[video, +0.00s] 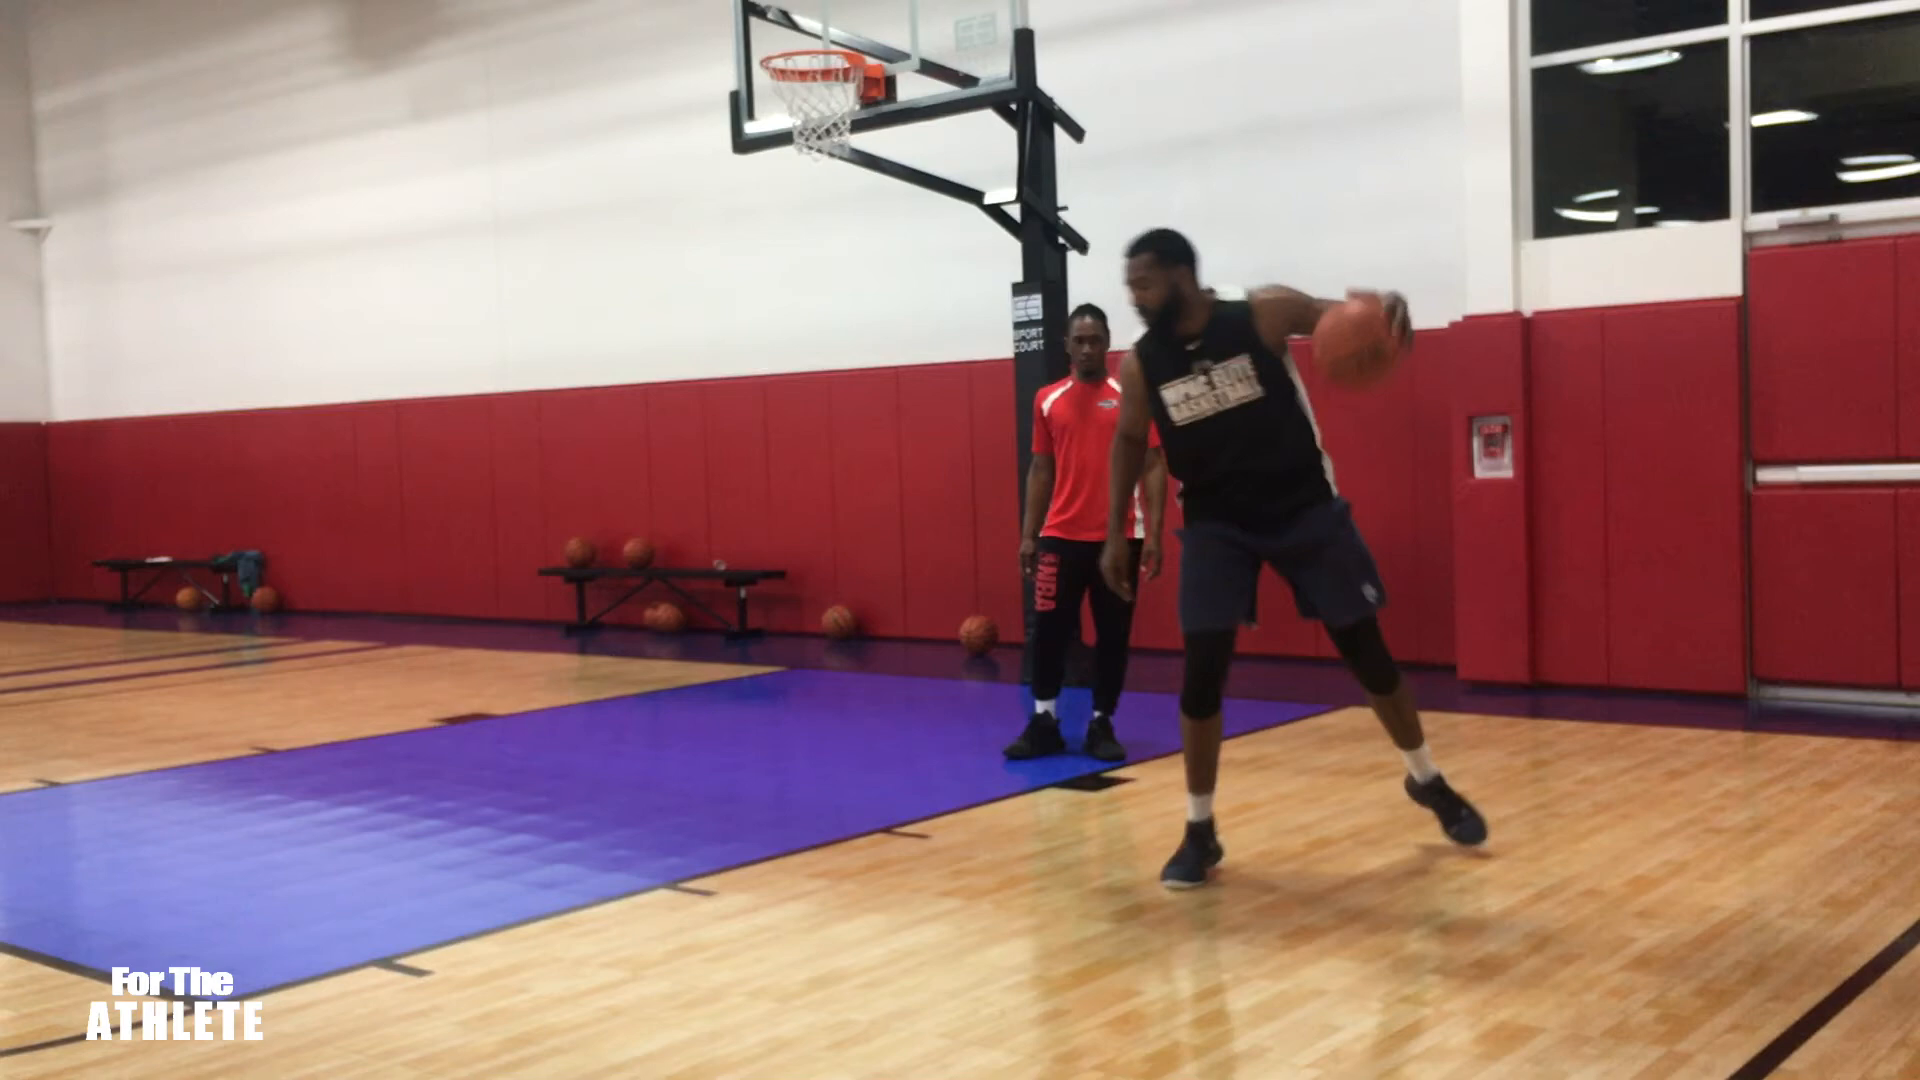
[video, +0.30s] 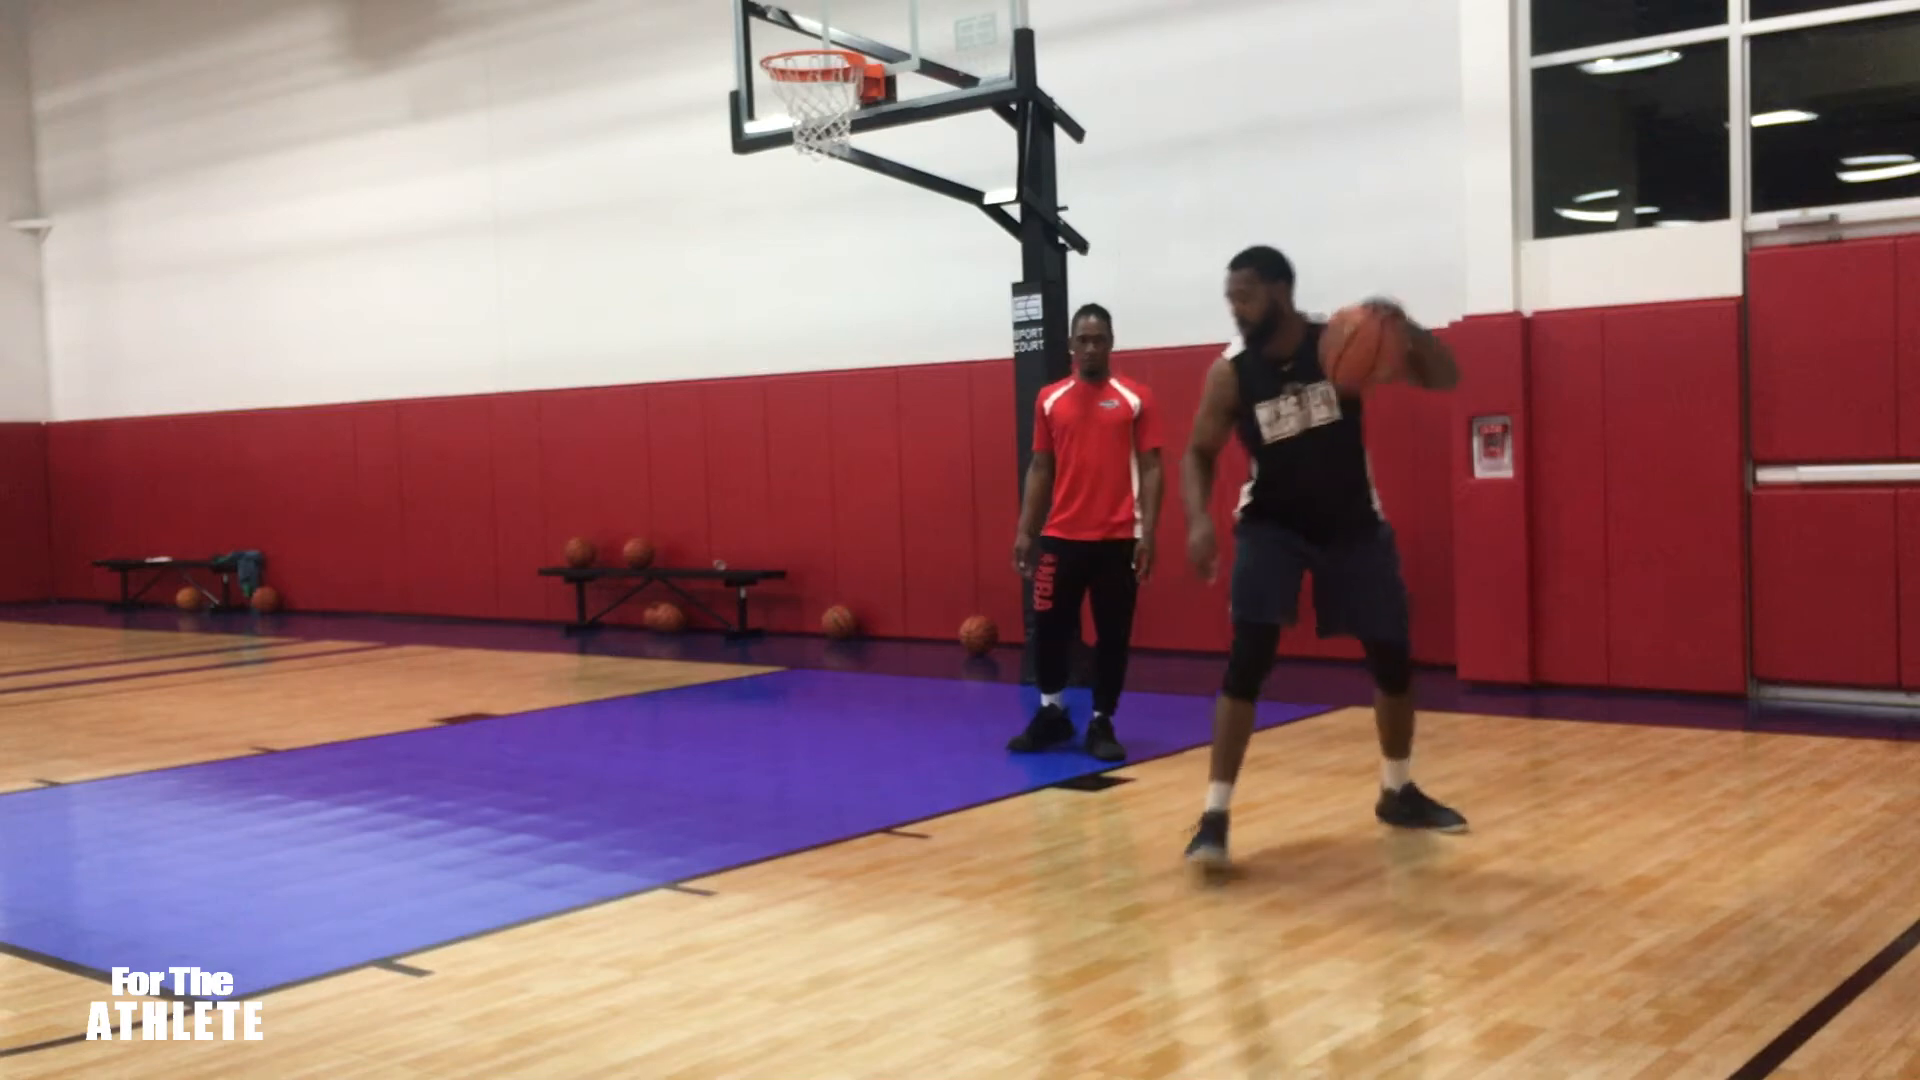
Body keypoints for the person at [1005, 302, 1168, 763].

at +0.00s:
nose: (1087, 348)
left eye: (1095, 340)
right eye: (1079, 340)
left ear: (1108, 344)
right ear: (1067, 345)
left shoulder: (1131, 398)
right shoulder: (1049, 400)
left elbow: (1153, 466)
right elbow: (1040, 470)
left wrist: (1154, 535)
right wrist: (1029, 534)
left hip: (1118, 537)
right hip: (1061, 536)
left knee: (1113, 635)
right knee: (1049, 627)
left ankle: (1101, 723)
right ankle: (1044, 720)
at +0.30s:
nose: (1090, 347)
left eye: (1099, 340)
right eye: (1083, 340)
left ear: (1112, 344)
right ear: (1071, 344)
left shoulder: (1136, 399)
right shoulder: (1051, 399)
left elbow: (1150, 467)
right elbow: (1040, 469)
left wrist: (1147, 533)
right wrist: (1025, 532)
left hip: (1116, 537)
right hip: (1061, 537)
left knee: (1113, 635)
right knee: (1049, 625)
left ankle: (1102, 722)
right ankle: (1051, 712)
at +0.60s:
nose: (1088, 347)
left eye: (1096, 339)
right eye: (1081, 339)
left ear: (1109, 344)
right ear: (1068, 344)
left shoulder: (1133, 398)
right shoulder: (1049, 398)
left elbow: (1149, 468)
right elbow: (1039, 468)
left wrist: (1148, 537)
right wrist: (1024, 531)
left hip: (1114, 536)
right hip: (1059, 535)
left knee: (1111, 633)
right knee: (1047, 622)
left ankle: (1102, 721)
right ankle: (1052, 711)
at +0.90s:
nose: (1082, 345)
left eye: (1090, 336)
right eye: (1074, 337)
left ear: (1105, 342)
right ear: (1062, 342)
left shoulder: (1124, 397)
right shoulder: (1044, 396)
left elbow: (1139, 469)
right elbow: (1037, 464)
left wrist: (1139, 534)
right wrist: (1025, 530)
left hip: (1110, 530)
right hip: (1055, 529)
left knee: (1108, 630)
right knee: (1044, 620)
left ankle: (1102, 721)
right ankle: (1050, 711)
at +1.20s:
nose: (1056, 345)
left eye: (1066, 337)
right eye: (1053, 338)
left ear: (1090, 343)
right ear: (1049, 343)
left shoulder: (1115, 398)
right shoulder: (1037, 399)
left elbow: (1132, 470)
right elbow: (1028, 464)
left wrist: (1128, 537)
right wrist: (1014, 521)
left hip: (1097, 536)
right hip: (1046, 537)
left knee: (1102, 632)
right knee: (1043, 625)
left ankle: (1101, 719)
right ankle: (1053, 709)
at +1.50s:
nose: (1029, 344)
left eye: (1039, 337)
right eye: (1030, 336)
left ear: (1063, 345)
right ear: (1036, 344)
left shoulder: (1087, 397)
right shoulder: (1021, 401)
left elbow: (1105, 469)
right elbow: (1016, 467)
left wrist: (1098, 538)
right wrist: (999, 529)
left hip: (1072, 537)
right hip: (1030, 537)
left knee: (1084, 626)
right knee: (1037, 623)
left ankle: (1097, 720)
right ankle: (1056, 713)